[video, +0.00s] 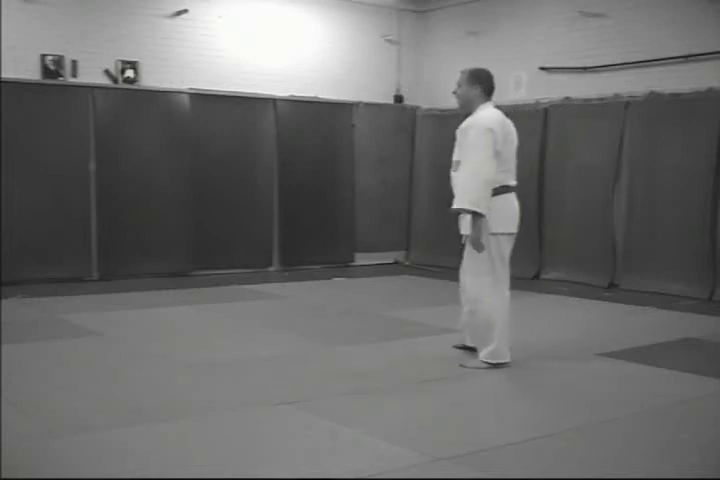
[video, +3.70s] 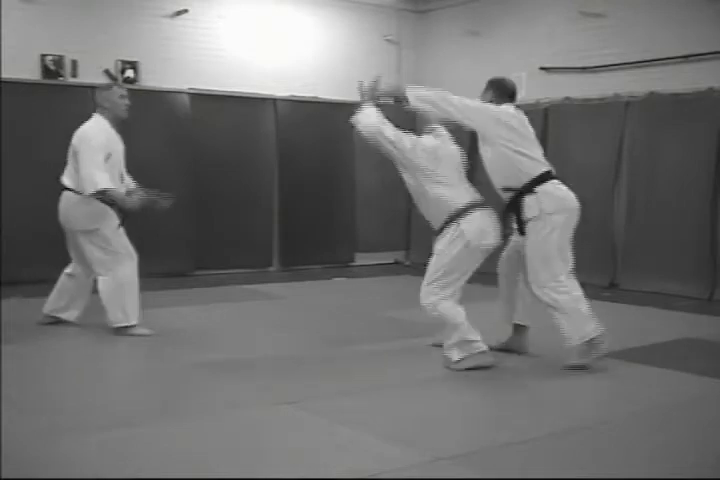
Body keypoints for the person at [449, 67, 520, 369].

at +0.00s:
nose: (454, 91)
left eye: (460, 86)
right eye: (456, 86)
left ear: (477, 90)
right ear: (481, 92)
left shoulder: (479, 124)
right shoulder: (499, 120)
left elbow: (478, 173)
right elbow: (493, 172)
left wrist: (475, 218)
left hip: (489, 210)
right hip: (502, 205)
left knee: (486, 281)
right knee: (475, 277)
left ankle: (495, 353)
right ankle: (475, 338)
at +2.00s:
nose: (435, 99)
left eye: (439, 94)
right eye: (436, 94)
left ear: (456, 97)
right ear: (464, 97)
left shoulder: (462, 130)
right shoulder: (480, 126)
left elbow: (460, 180)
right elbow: (477, 177)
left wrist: (441, 224)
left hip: (472, 213)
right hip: (487, 210)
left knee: (456, 279)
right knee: (472, 278)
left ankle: (476, 345)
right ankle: (469, 338)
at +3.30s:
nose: (411, 117)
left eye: (417, 112)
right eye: (413, 112)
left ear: (433, 116)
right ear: (434, 117)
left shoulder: (444, 149)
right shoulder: (451, 142)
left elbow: (471, 195)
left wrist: (454, 236)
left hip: (481, 226)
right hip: (467, 225)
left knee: (471, 287)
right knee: (443, 271)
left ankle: (505, 347)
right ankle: (455, 334)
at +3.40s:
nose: (398, 134)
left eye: (403, 128)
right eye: (400, 128)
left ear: (419, 132)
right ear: (421, 133)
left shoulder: (437, 161)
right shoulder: (432, 158)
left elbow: (461, 204)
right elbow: (447, 203)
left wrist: (446, 241)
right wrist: (444, 237)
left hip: (492, 223)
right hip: (480, 223)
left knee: (455, 282)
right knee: (436, 269)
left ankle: (489, 339)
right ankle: (457, 332)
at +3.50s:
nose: (387, 153)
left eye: (391, 147)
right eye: (389, 147)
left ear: (407, 147)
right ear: (415, 148)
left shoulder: (426, 173)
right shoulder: (443, 163)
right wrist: (448, 253)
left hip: (488, 230)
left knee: (443, 288)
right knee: (433, 276)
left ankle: (473, 353)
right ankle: (454, 335)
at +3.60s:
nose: (389, 160)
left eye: (383, 153)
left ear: (392, 142)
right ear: (417, 143)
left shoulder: (426, 170)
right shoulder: (448, 161)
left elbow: (436, 192)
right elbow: (482, 188)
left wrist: (397, 171)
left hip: (472, 240)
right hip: (487, 233)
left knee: (436, 301)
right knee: (433, 275)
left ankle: (473, 354)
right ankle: (449, 333)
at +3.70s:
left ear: (413, 126)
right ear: (435, 125)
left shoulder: (412, 148)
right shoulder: (449, 146)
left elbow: (375, 130)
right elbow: (433, 124)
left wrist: (367, 103)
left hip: (464, 227)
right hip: (487, 222)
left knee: (433, 295)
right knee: (446, 287)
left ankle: (472, 348)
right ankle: (457, 334)